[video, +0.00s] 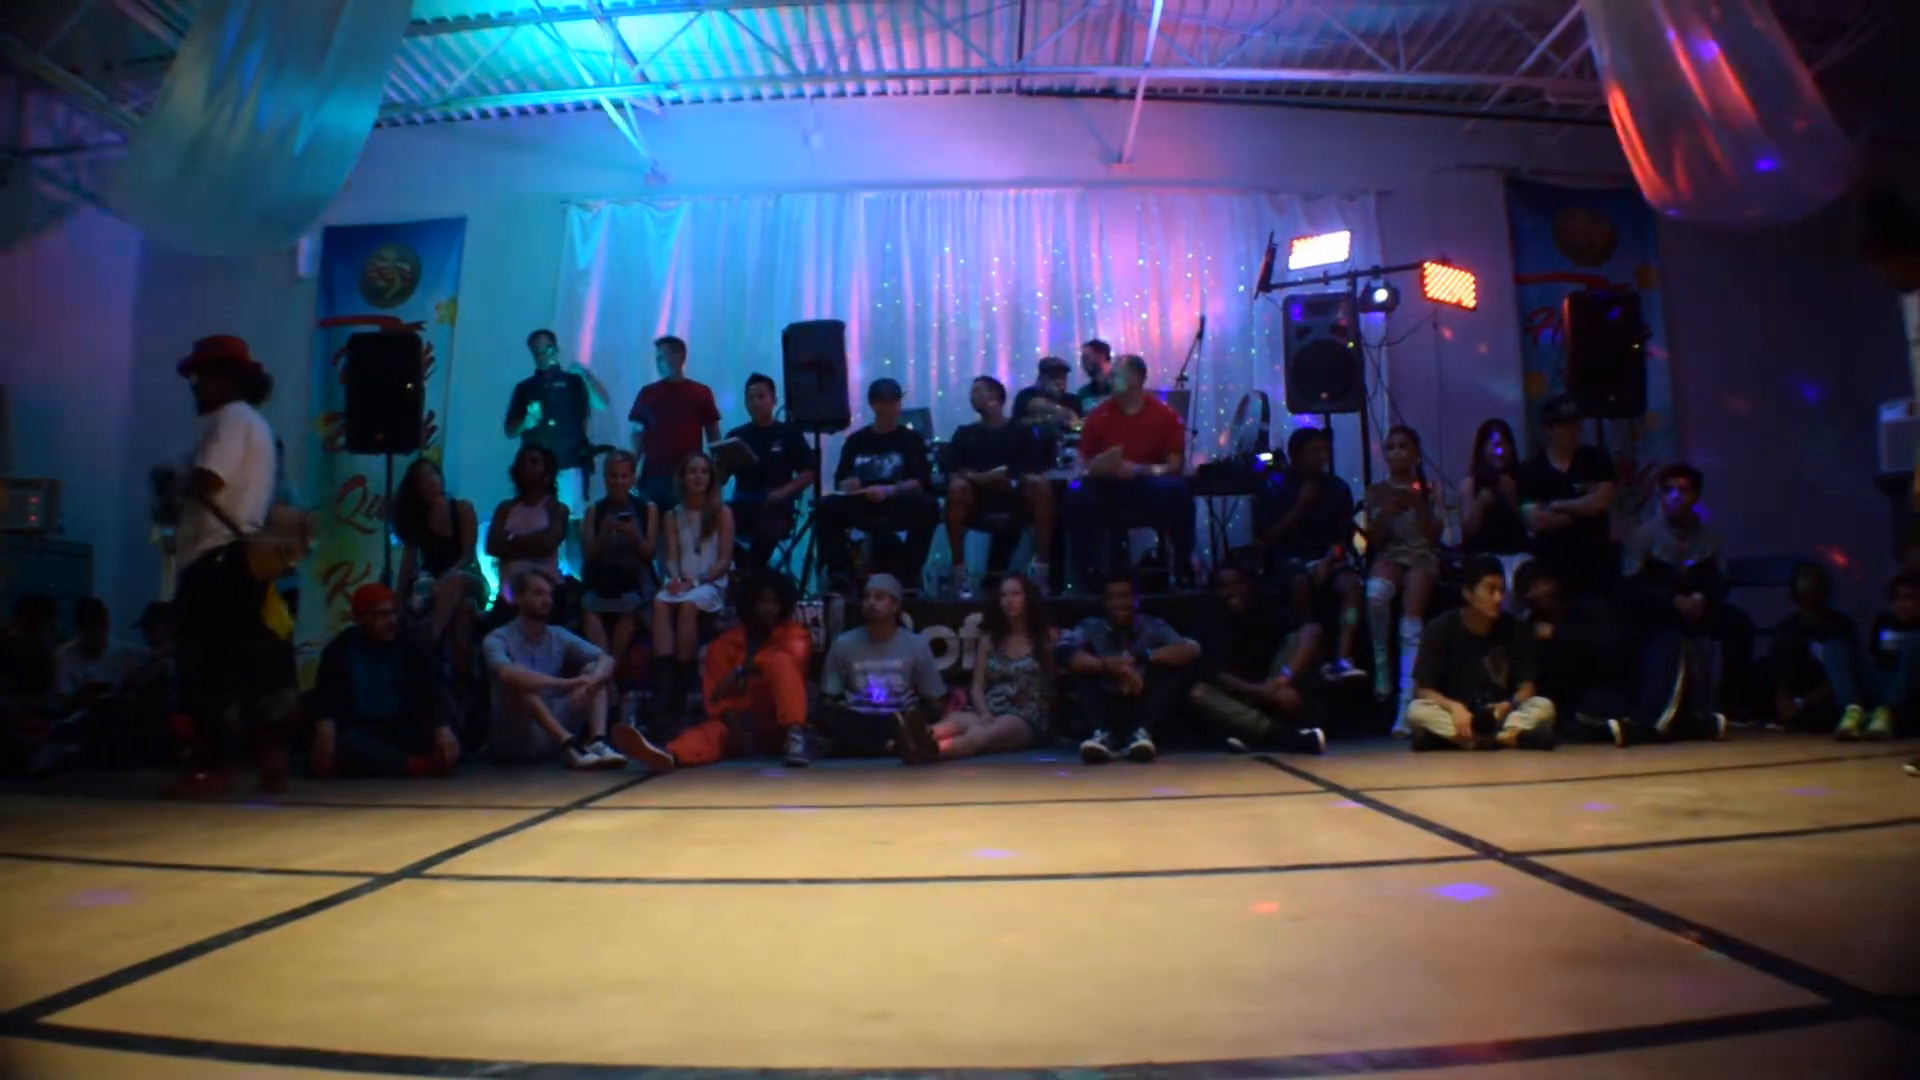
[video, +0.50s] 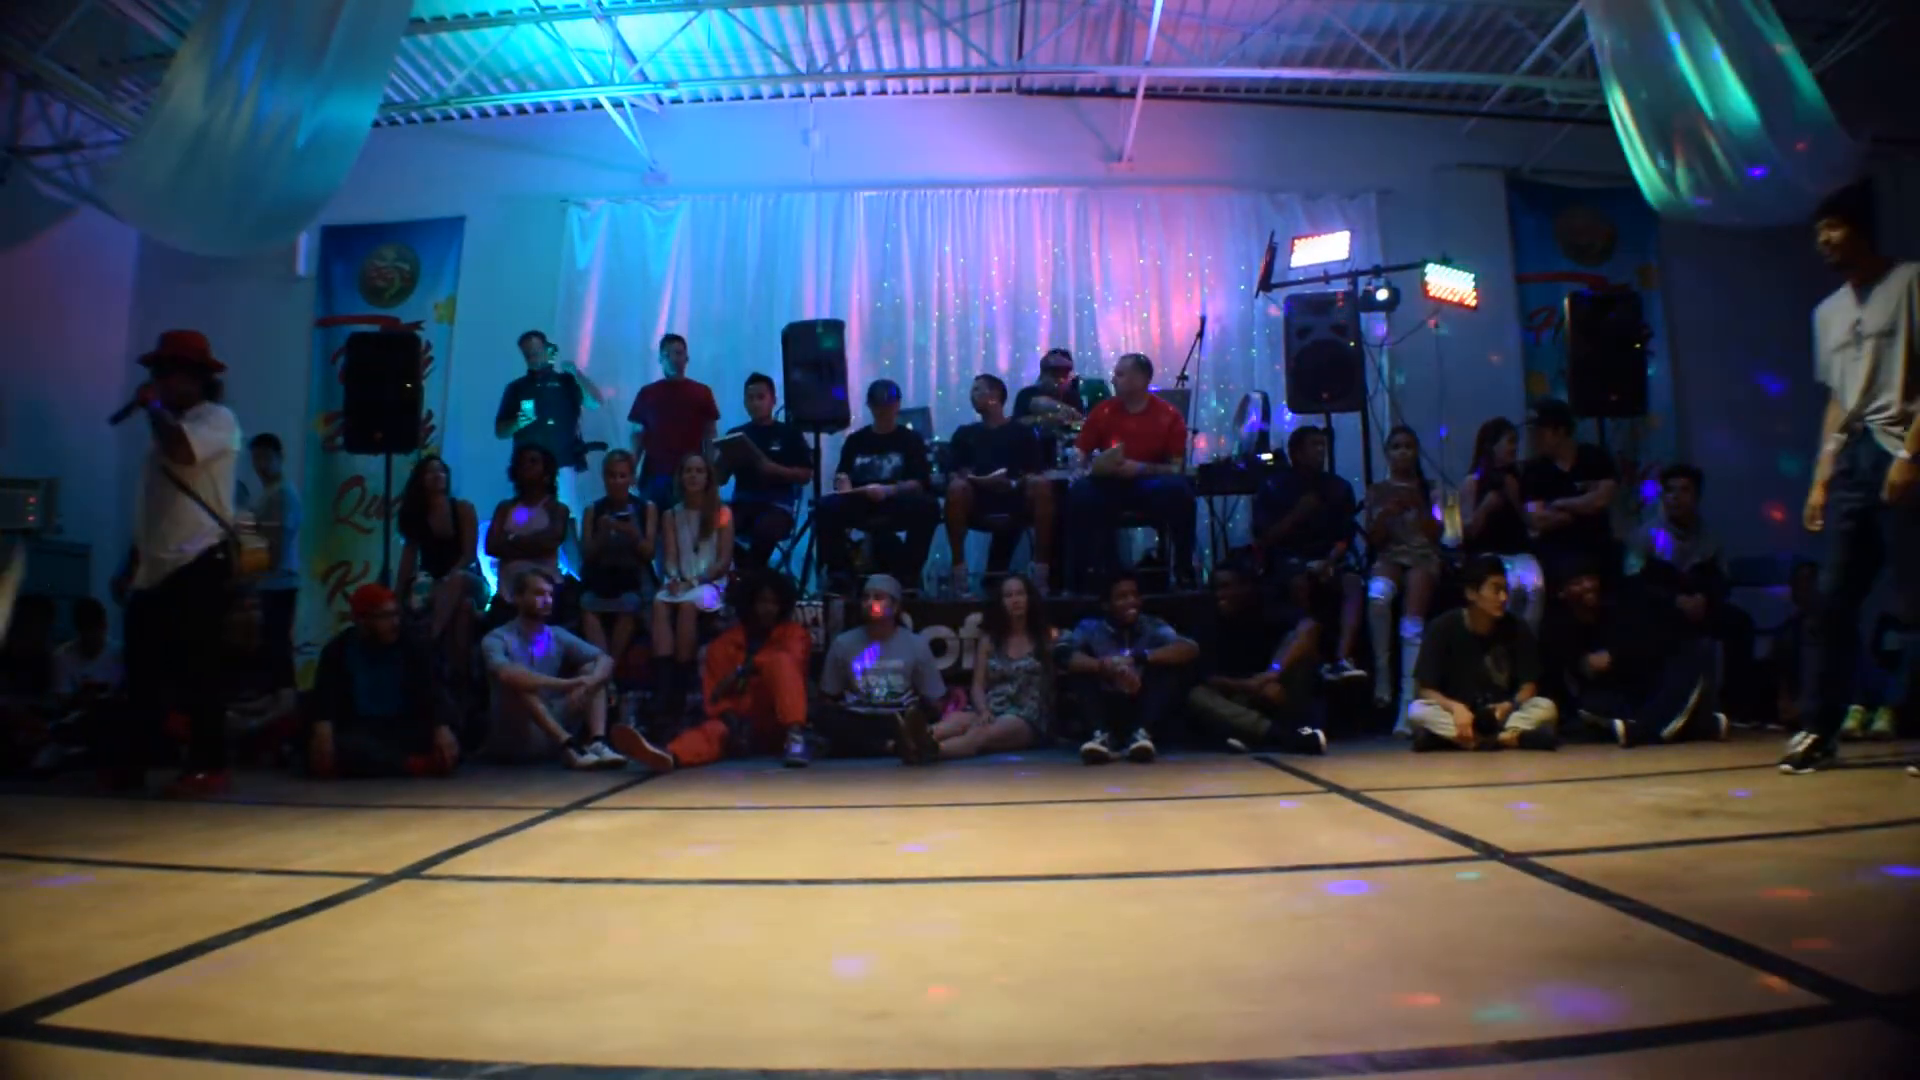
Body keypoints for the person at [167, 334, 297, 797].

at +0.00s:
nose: (196, 388)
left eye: (203, 379)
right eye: (196, 380)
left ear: (224, 380)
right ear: (238, 381)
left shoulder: (233, 419)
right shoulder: (254, 424)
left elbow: (210, 481)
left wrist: (174, 481)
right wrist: (183, 486)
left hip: (216, 564)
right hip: (237, 561)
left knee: (204, 668)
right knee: (242, 665)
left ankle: (208, 764)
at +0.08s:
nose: (189, 391)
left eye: (196, 381)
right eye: (189, 382)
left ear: (218, 382)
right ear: (223, 384)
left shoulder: (234, 422)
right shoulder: (229, 425)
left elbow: (205, 483)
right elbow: (207, 492)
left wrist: (168, 470)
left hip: (217, 565)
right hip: (210, 566)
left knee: (207, 667)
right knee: (208, 667)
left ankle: (211, 764)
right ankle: (213, 760)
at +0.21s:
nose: (179, 389)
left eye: (186, 380)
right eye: (179, 381)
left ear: (211, 381)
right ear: (201, 384)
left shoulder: (232, 422)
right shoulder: (205, 428)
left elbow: (197, 476)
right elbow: (184, 501)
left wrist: (167, 442)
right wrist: (164, 549)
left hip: (214, 564)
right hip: (189, 567)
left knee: (202, 667)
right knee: (191, 667)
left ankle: (210, 762)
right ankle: (202, 760)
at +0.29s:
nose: (175, 386)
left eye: (184, 377)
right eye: (175, 378)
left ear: (208, 379)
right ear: (189, 383)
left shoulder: (230, 423)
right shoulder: (196, 427)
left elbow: (191, 471)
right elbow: (181, 512)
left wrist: (166, 427)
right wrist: (161, 566)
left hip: (212, 568)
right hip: (182, 571)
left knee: (198, 669)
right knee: (178, 670)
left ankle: (206, 764)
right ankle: (191, 763)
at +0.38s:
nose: (172, 386)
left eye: (180, 377)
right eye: (171, 378)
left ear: (205, 379)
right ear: (180, 383)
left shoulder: (227, 422)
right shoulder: (190, 428)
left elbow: (185, 464)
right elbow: (181, 513)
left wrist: (162, 416)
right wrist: (155, 564)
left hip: (209, 567)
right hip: (176, 571)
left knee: (196, 670)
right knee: (160, 669)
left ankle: (203, 764)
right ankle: (166, 763)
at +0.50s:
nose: (160, 385)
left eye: (169, 376)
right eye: (159, 377)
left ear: (194, 378)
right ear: (165, 381)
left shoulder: (217, 418)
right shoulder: (165, 427)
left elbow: (185, 453)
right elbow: (157, 510)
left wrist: (156, 410)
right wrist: (132, 566)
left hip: (200, 566)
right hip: (158, 571)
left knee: (198, 672)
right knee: (144, 674)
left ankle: (208, 766)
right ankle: (133, 765)